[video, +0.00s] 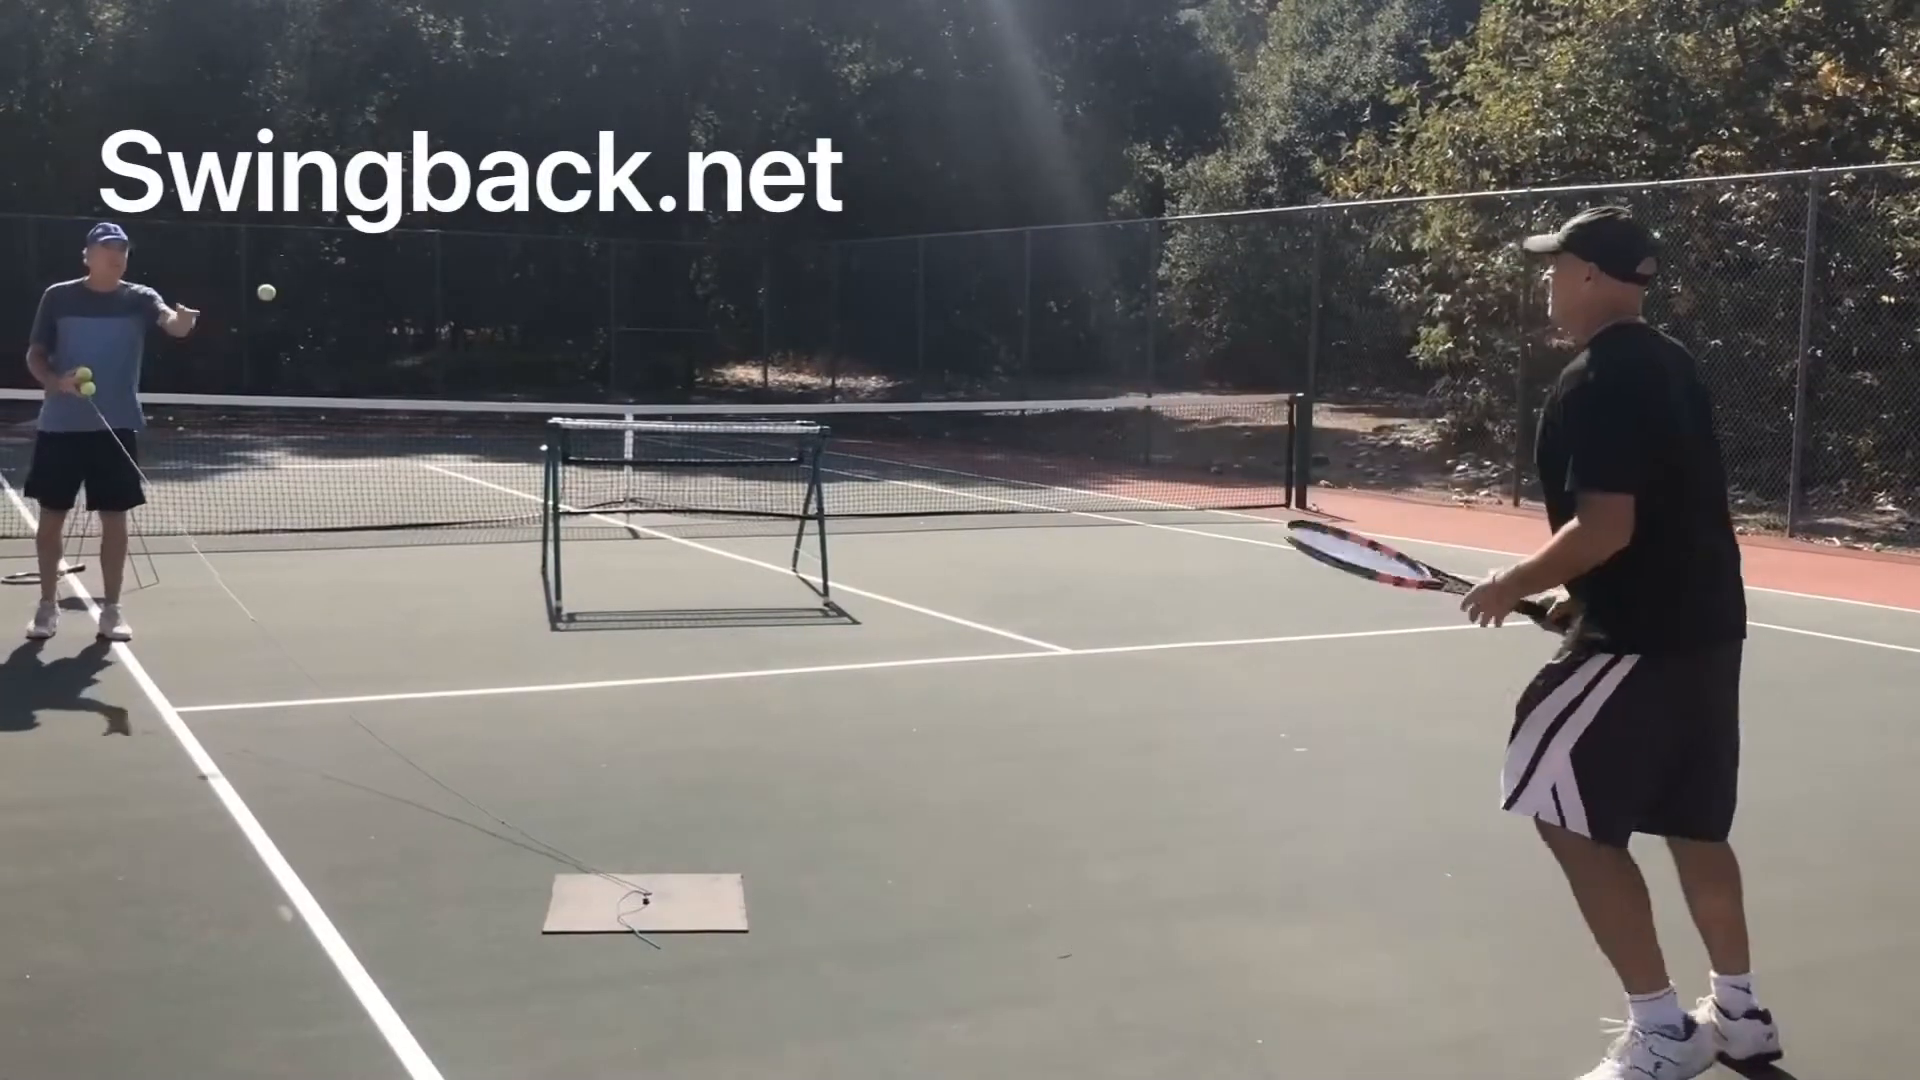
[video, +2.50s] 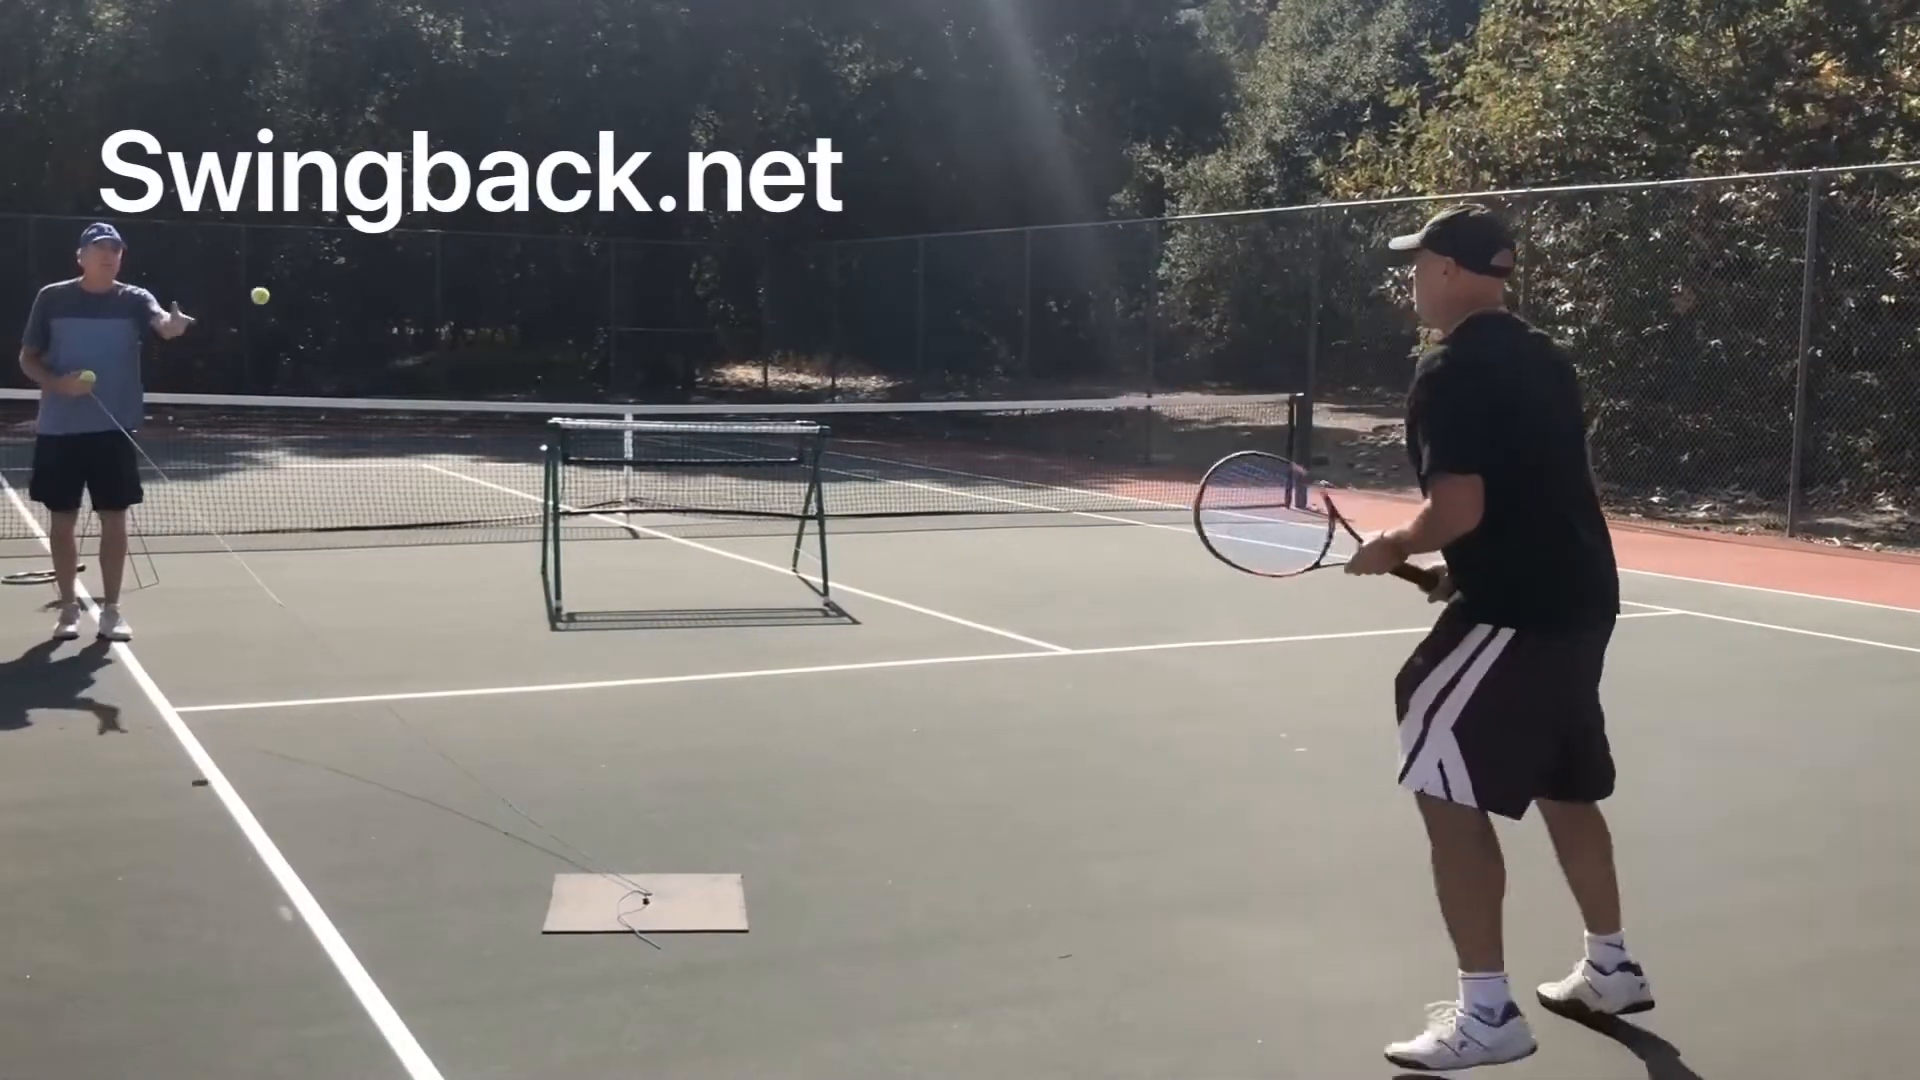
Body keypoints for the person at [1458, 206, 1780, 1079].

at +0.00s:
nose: (1549, 287)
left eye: (1561, 272)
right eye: (1553, 271)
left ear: (1604, 282)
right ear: (1621, 284)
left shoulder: (1602, 377)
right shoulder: (1670, 364)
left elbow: (1606, 526)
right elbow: (1677, 518)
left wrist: (1511, 583)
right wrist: (1582, 592)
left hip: (1639, 641)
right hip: (1708, 635)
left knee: (1563, 808)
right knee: (1692, 818)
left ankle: (1662, 1029)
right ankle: (1740, 1011)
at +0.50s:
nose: (1464, 327)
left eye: (1477, 313)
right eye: (1468, 314)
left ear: (1523, 323)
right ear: (1521, 326)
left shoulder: (1591, 409)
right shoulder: (1510, 411)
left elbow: (1651, 540)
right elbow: (1484, 525)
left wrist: (1531, 572)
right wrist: (1463, 591)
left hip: (1639, 655)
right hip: (1568, 644)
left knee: (1631, 831)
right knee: (1520, 793)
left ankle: (1725, 1048)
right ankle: (1556, 962)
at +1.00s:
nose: (1309, 365)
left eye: (1319, 352)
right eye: (1310, 353)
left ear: (1367, 352)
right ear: (1351, 356)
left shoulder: (1456, 403)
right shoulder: (1326, 436)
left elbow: (1565, 480)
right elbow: (1334, 521)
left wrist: (1498, 474)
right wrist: (1379, 550)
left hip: (1488, 646)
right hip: (1402, 634)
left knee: (1470, 813)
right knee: (1310, 748)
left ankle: (1574, 987)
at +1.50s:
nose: (1148, 356)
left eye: (1154, 339)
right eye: (1146, 342)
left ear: (1195, 332)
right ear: (1210, 330)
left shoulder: (1207, 438)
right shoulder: (1287, 353)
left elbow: (1241, 570)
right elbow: (1376, 283)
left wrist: (1237, 694)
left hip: (1292, 618)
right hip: (1288, 595)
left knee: (1253, 782)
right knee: (1197, 723)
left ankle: (1426, 818)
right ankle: (1200, 888)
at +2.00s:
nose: (1256, 298)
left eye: (1261, 286)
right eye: (1259, 285)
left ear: (1288, 291)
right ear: (1332, 289)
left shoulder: (1263, 389)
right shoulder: (1394, 357)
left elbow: (1243, 524)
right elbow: (1491, 435)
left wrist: (1181, 585)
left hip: (1322, 615)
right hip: (1414, 609)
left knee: (1267, 779)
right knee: (1373, 756)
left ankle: (1267, 978)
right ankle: (1400, 915)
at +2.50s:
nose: (1411, 282)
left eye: (1420, 268)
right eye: (1415, 268)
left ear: (1455, 275)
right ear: (1491, 279)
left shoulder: (1456, 369)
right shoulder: (1543, 357)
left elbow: (1458, 508)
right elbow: (1552, 496)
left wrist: (1393, 541)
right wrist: (1453, 561)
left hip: (1514, 610)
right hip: (1581, 602)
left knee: (1442, 776)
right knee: (1562, 779)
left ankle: (1487, 1011)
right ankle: (1613, 967)